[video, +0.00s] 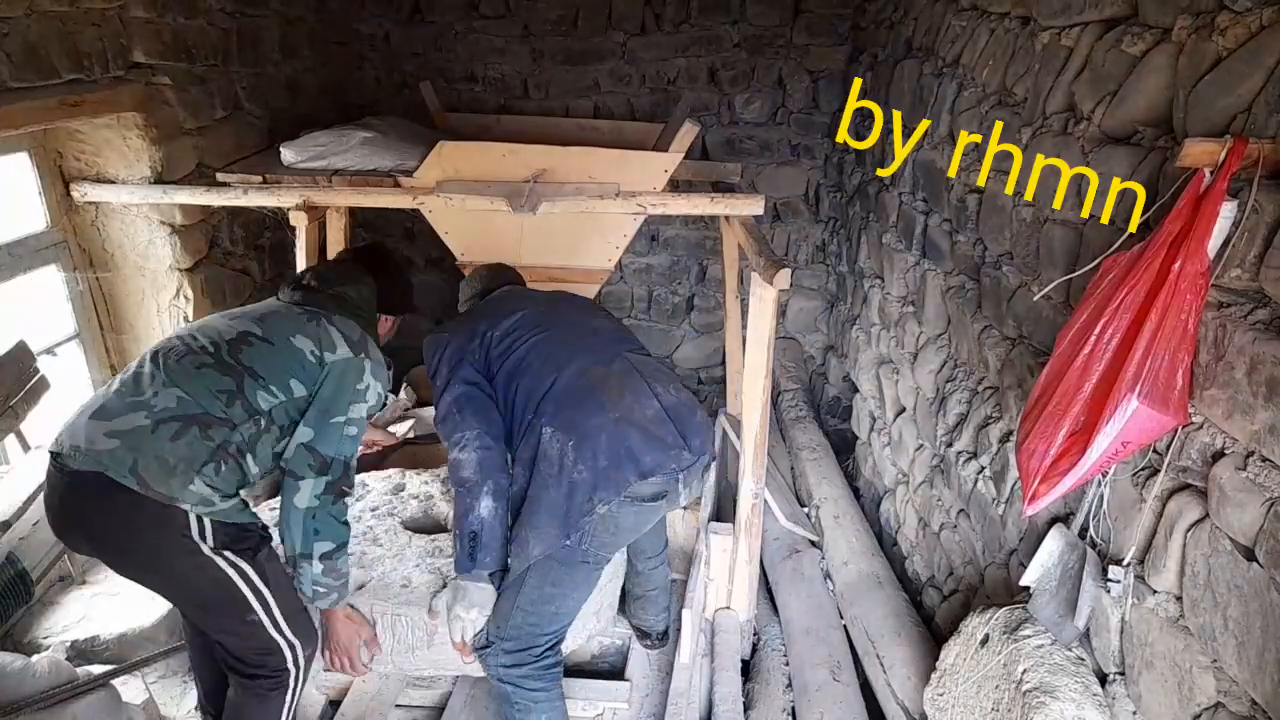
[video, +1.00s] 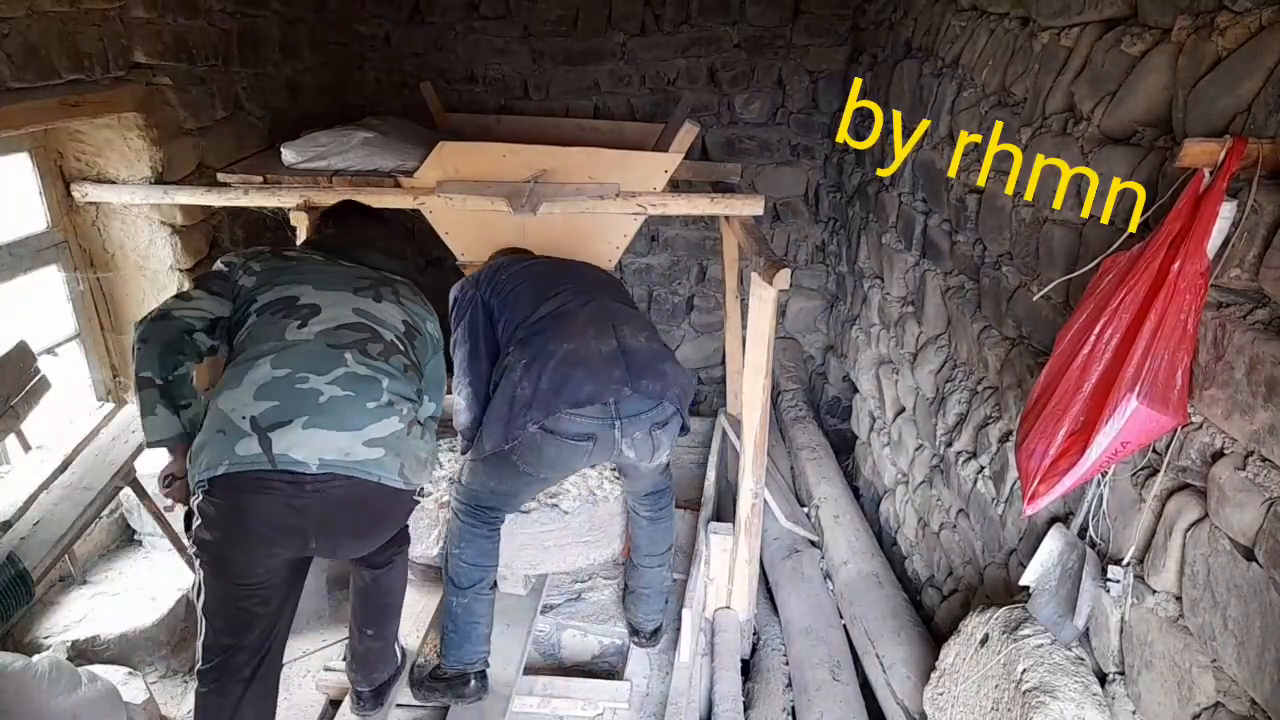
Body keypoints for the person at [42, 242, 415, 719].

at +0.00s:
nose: (392, 333)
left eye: (393, 324)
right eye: (395, 324)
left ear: (322, 287)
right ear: (384, 322)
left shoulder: (269, 314)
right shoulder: (357, 358)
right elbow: (315, 490)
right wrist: (333, 604)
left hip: (72, 483)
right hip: (150, 500)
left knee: (209, 607)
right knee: (281, 653)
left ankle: (219, 709)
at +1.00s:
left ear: (310, 239)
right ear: (389, 252)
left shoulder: (251, 267)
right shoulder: (414, 302)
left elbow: (160, 333)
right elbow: (426, 415)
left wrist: (180, 444)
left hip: (247, 494)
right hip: (368, 497)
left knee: (232, 675)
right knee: (382, 553)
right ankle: (372, 684)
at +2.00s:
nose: (226, 251)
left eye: (231, 240)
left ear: (240, 239)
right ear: (342, 226)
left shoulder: (218, 294)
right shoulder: (427, 304)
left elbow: (31, 336)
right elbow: (485, 411)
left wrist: (9, 422)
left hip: (352, 626)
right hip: (495, 594)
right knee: (493, 698)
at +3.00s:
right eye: (492, 225)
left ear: (421, 213)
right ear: (500, 236)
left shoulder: (350, 254)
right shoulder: (516, 319)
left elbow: (249, 321)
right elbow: (531, 442)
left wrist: (303, 430)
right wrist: (502, 504)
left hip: (353, 543)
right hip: (472, 539)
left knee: (354, 709)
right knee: (456, 622)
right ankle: (473, 701)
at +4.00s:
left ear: (390, 194)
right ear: (484, 213)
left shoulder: (299, 264)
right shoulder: (495, 332)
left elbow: (247, 399)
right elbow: (488, 452)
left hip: (319, 585)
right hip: (436, 565)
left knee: (321, 708)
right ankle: (435, 690)